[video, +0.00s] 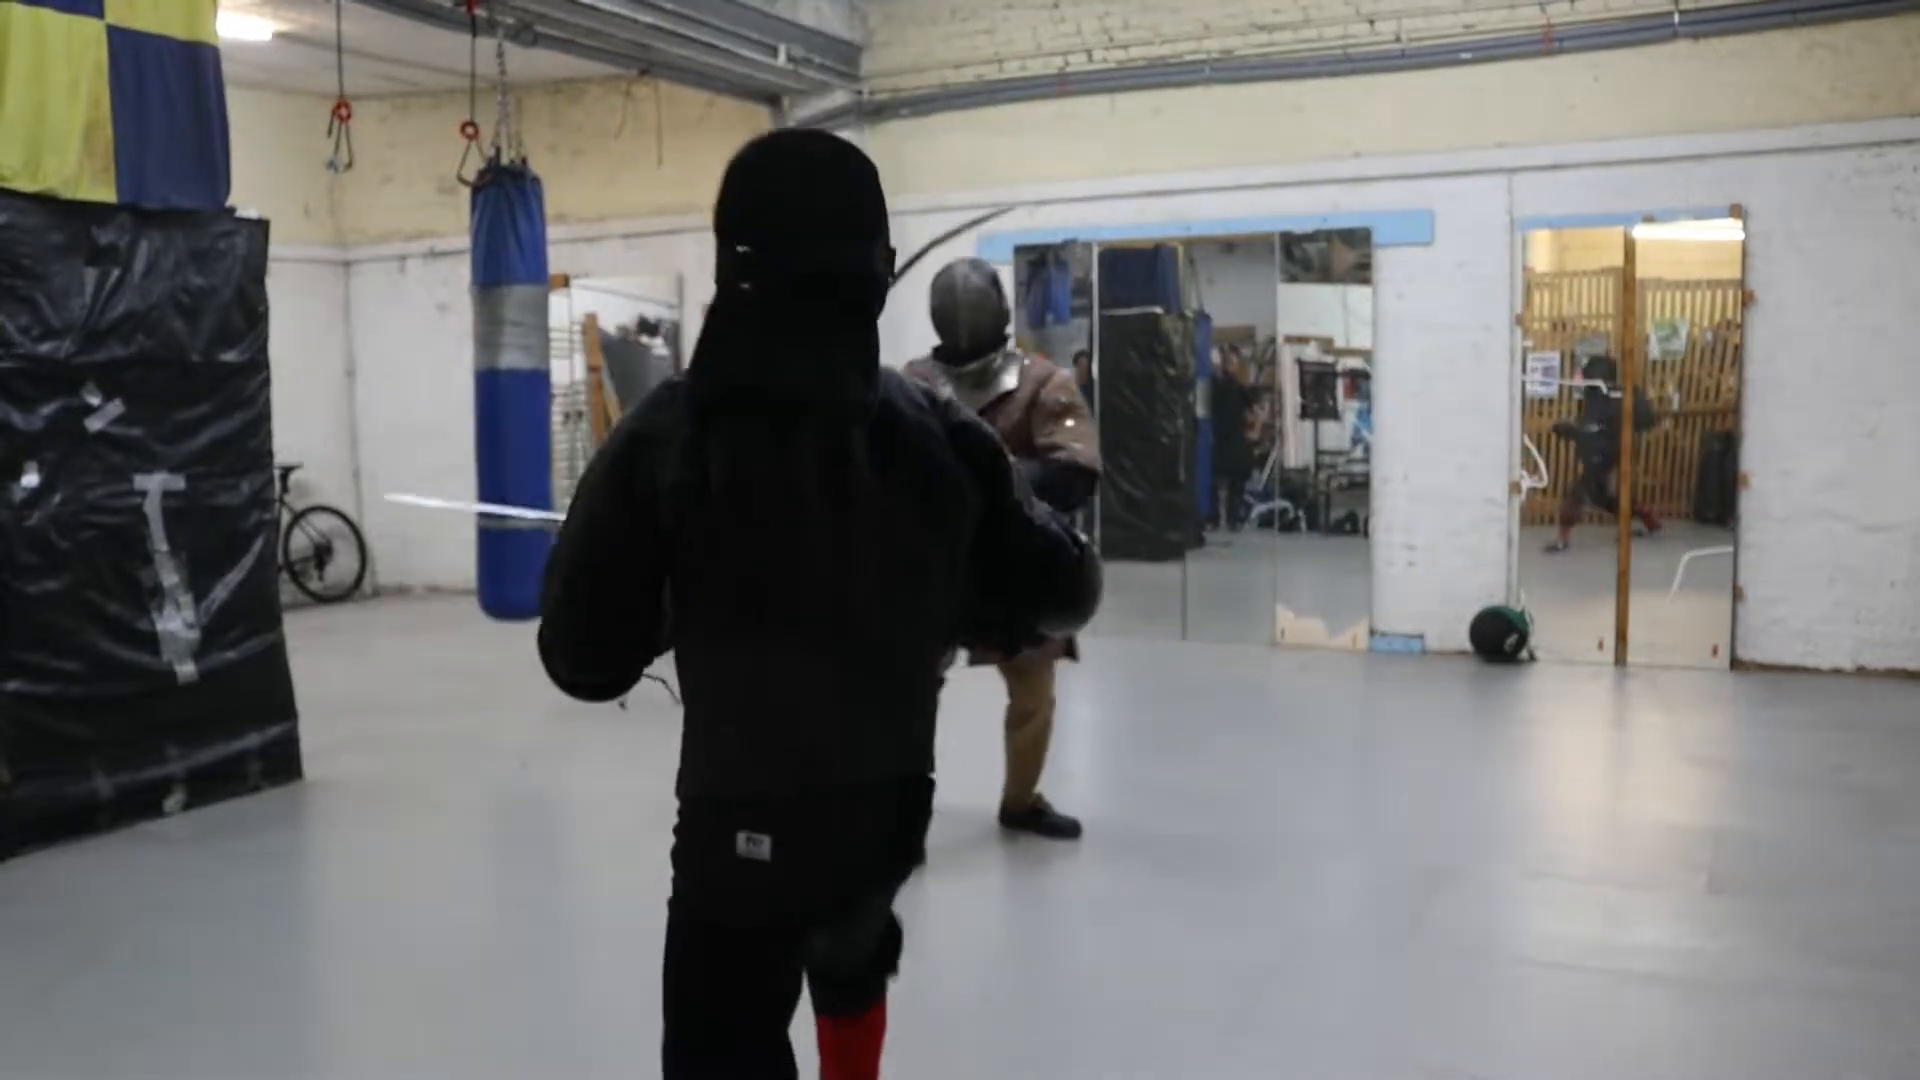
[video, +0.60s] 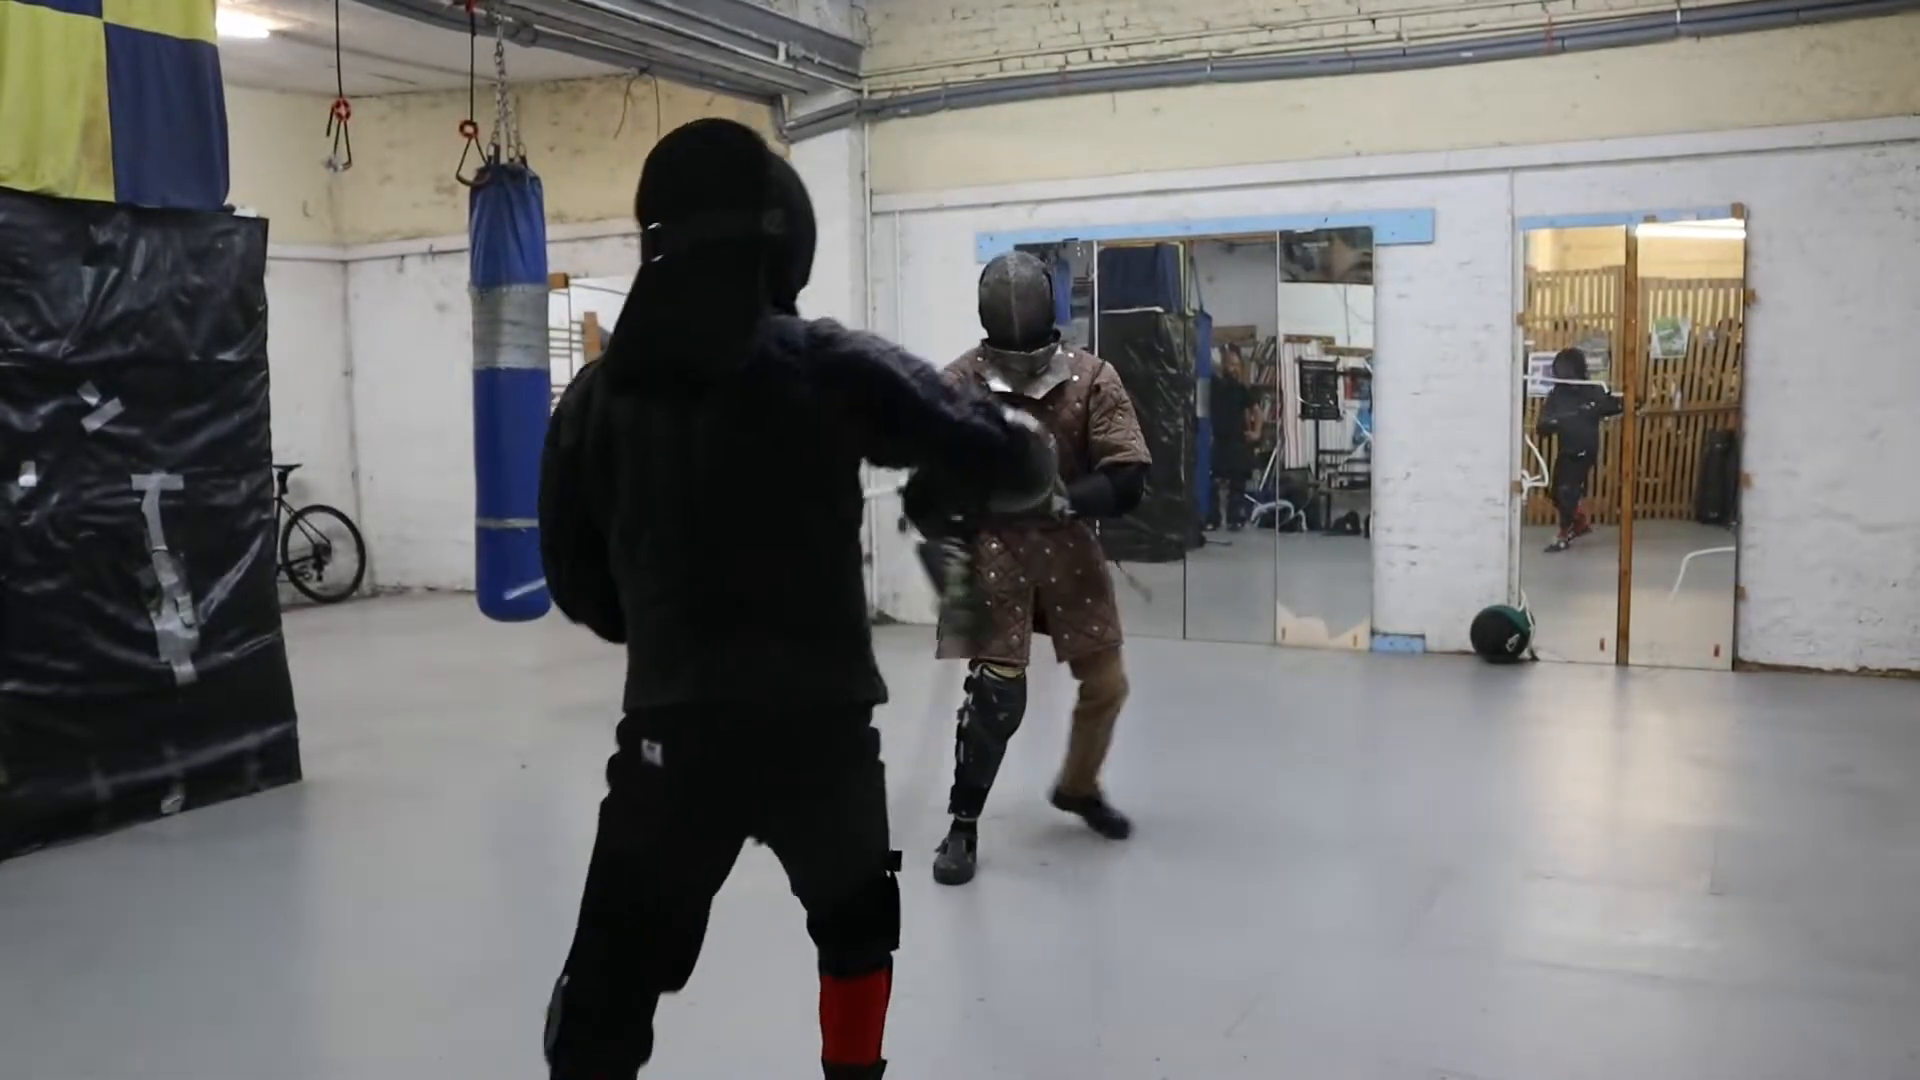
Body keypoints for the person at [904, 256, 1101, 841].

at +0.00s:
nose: (965, 350)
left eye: (976, 335)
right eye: (952, 334)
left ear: (1000, 321)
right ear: (938, 325)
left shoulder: (1045, 383)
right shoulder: (916, 386)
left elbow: (1077, 471)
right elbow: (890, 477)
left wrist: (993, 480)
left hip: (1023, 565)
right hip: (936, 562)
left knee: (1033, 693)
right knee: (912, 685)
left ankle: (1020, 799)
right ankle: (899, 803)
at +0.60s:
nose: (1021, 365)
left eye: (1033, 351)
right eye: (1008, 353)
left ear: (1052, 326)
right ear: (988, 330)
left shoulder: (1092, 377)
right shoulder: (960, 383)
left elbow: (1128, 475)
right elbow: (925, 483)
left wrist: (1065, 500)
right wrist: (946, 535)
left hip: (1071, 548)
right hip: (993, 549)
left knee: (1105, 685)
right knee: (998, 696)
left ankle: (1078, 787)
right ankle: (961, 828)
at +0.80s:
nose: (1055, 361)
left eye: (1066, 347)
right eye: (1040, 350)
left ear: (1084, 324)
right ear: (1019, 330)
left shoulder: (1123, 376)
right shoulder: (996, 387)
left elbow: (1166, 474)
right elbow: (993, 514)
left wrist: (1115, 489)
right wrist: (1052, 582)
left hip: (1107, 549)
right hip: (1029, 553)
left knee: (1151, 685)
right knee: (1016, 698)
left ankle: (1147, 808)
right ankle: (964, 827)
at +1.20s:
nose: (1115, 357)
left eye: (1126, 344)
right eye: (1102, 345)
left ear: (1146, 325)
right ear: (1084, 329)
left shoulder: (1189, 377)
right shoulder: (1055, 381)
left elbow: (1235, 462)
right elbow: (1016, 456)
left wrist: (1175, 464)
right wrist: (1001, 495)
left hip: (1168, 546)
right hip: (1089, 546)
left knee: (1180, 692)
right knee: (1083, 686)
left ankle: (1148, 809)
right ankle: (1055, 832)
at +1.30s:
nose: (1121, 360)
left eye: (1133, 346)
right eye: (1107, 347)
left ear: (1156, 324)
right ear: (1088, 327)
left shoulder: (1196, 381)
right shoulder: (1058, 382)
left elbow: (1238, 472)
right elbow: (1002, 449)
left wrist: (1171, 475)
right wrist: (951, 444)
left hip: (1170, 550)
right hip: (1092, 549)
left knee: (1180, 694)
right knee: (1095, 688)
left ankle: (1149, 808)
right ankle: (1069, 838)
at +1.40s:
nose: (1121, 370)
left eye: (1136, 356)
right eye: (1107, 355)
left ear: (1158, 331)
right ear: (1088, 331)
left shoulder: (1197, 385)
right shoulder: (1054, 378)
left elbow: (1243, 481)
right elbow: (965, 417)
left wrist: (1175, 484)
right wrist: (924, 368)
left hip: (1170, 554)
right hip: (1092, 553)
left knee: (1175, 702)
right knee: (1098, 700)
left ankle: (1150, 809)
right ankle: (1066, 851)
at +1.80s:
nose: (1121, 372)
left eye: (1135, 357)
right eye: (1107, 356)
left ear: (1156, 341)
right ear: (1084, 339)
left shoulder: (1182, 397)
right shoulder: (1047, 375)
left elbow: (1229, 497)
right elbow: (994, 408)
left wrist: (1180, 513)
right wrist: (987, 434)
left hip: (1152, 567)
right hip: (1070, 567)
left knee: (1216, 711)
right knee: (1082, 731)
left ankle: (1215, 840)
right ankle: (1052, 888)